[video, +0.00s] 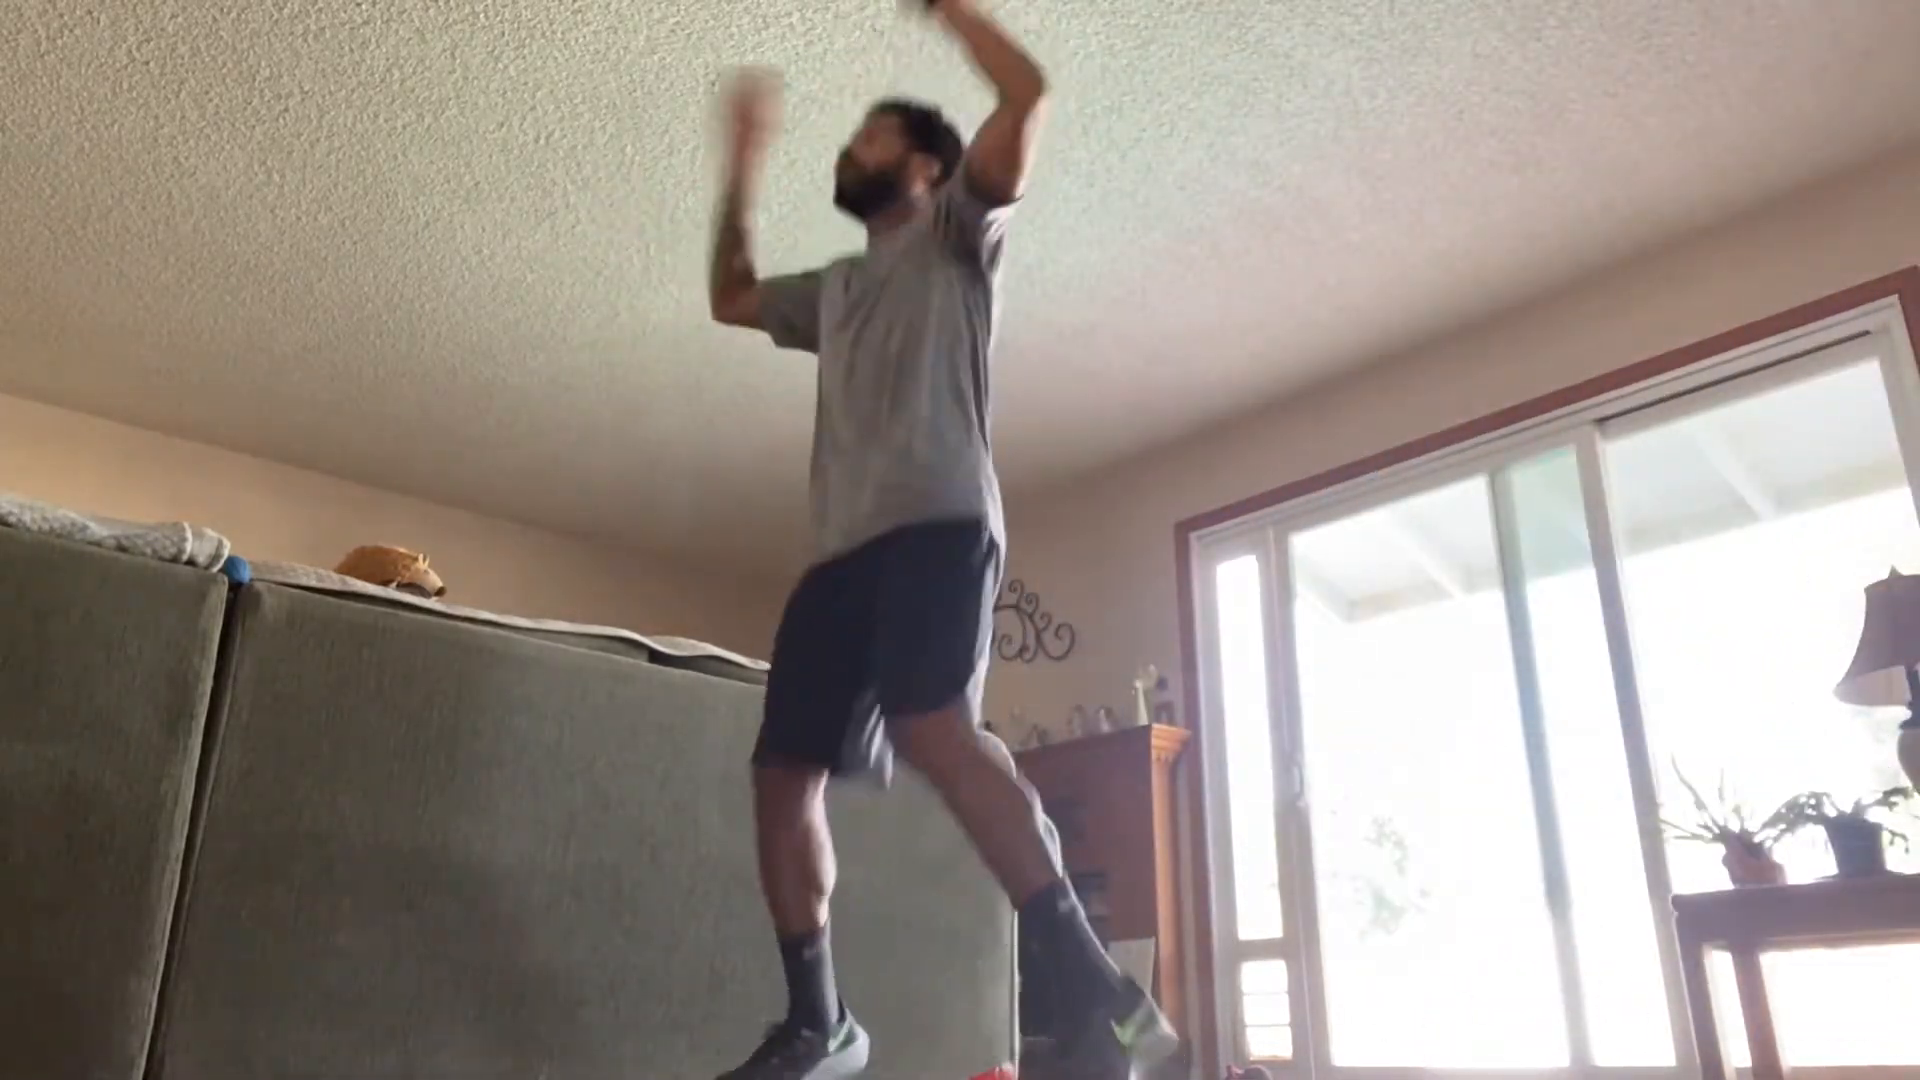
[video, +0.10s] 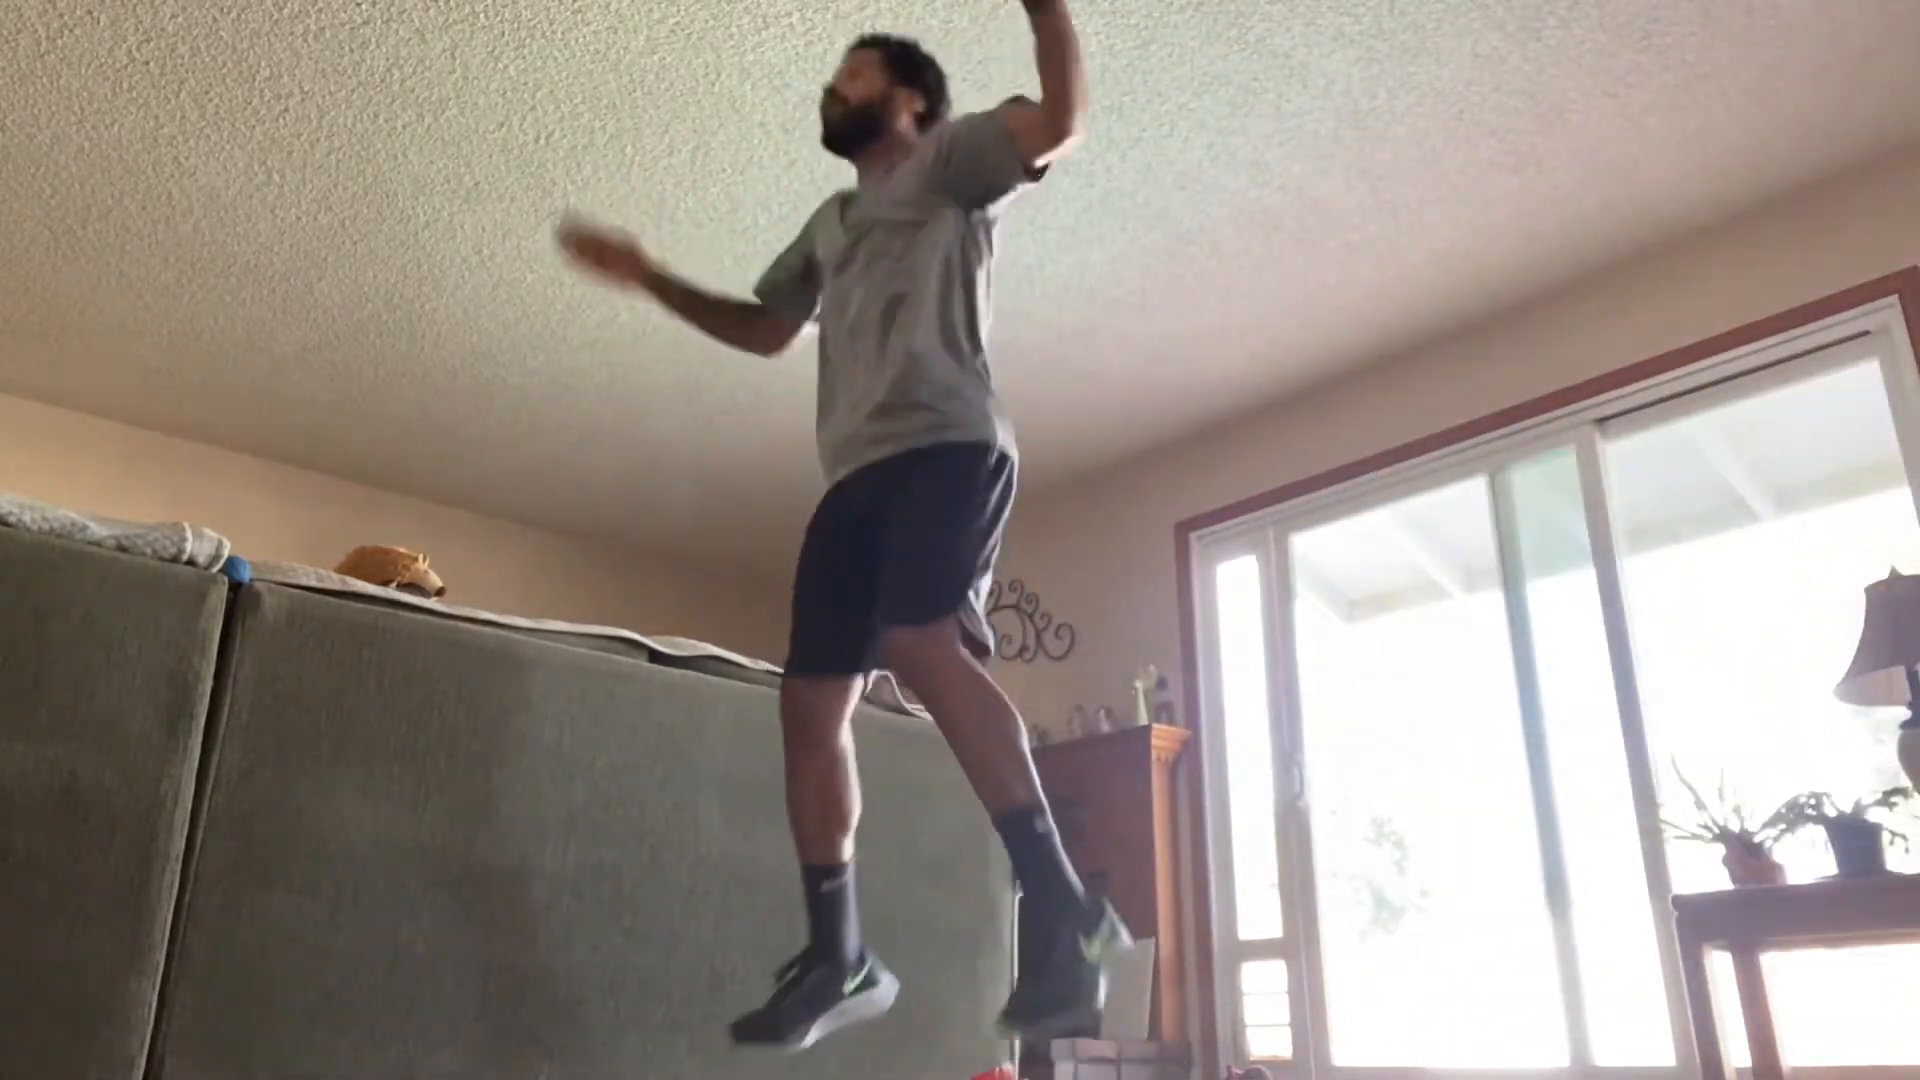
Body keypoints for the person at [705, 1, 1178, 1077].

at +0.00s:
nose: (850, 138)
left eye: (872, 128)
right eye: (852, 130)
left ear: (922, 155)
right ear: (877, 170)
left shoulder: (954, 228)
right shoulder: (841, 284)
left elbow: (1025, 93)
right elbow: (731, 298)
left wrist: (951, 9)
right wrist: (745, 158)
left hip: (939, 519)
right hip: (842, 547)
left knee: (931, 723)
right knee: (785, 771)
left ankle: (1081, 973)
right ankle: (817, 1023)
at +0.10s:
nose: (829, 87)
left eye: (852, 73)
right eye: (832, 78)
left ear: (909, 96)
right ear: (862, 108)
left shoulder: (944, 160)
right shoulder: (830, 226)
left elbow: (1056, 117)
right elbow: (764, 328)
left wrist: (1042, 1)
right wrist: (649, 277)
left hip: (949, 445)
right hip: (854, 476)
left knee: (922, 641)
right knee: (812, 702)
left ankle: (1062, 912)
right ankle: (838, 956)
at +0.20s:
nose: (801, 79)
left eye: (822, 62)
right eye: (801, 67)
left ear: (880, 80)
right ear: (833, 95)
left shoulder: (922, 150)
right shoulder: (825, 226)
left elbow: (1029, 159)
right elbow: (835, 362)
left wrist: (1052, 188)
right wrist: (753, 421)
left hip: (955, 428)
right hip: (864, 456)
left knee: (904, 623)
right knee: (819, 677)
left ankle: (1063, 854)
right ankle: (870, 934)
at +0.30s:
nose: (779, 120)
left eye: (799, 102)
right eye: (779, 107)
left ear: (860, 124)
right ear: (810, 142)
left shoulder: (936, 199)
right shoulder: (814, 278)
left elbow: (1032, 317)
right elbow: (858, 408)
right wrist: (833, 505)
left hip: (973, 483)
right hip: (874, 507)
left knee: (905, 673)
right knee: (828, 724)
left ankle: (1073, 860)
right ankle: (877, 984)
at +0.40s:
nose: (758, 228)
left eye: (778, 209)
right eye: (758, 214)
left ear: (841, 225)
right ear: (800, 237)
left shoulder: (917, 304)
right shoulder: (804, 373)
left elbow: (955, 452)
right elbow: (849, 499)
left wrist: (810, 448)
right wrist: (825, 605)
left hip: (990, 584)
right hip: (889, 599)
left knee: (911, 783)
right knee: (823, 796)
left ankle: (1080, 917)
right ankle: (886, 1041)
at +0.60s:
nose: (788, 278)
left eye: (802, 255)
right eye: (782, 266)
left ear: (872, 263)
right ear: (792, 298)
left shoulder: (987, 329)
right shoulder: (842, 413)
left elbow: (1158, 394)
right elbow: (838, 569)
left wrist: (1298, 466)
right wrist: (819, 390)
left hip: (1079, 575)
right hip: (957, 619)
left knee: (1021, 714)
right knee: (850, 816)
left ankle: (1196, 950)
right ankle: (888, 1041)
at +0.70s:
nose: (894, 170)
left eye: (907, 143)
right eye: (884, 154)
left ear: (966, 153)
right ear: (908, 175)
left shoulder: (1084, 219)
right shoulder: (920, 305)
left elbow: (1251, 254)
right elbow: (876, 383)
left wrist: (1399, 285)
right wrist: (889, 202)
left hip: (1165, 493)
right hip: (1046, 551)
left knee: (1192, 598)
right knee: (944, 790)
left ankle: (1373, 864)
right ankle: (887, 1021)